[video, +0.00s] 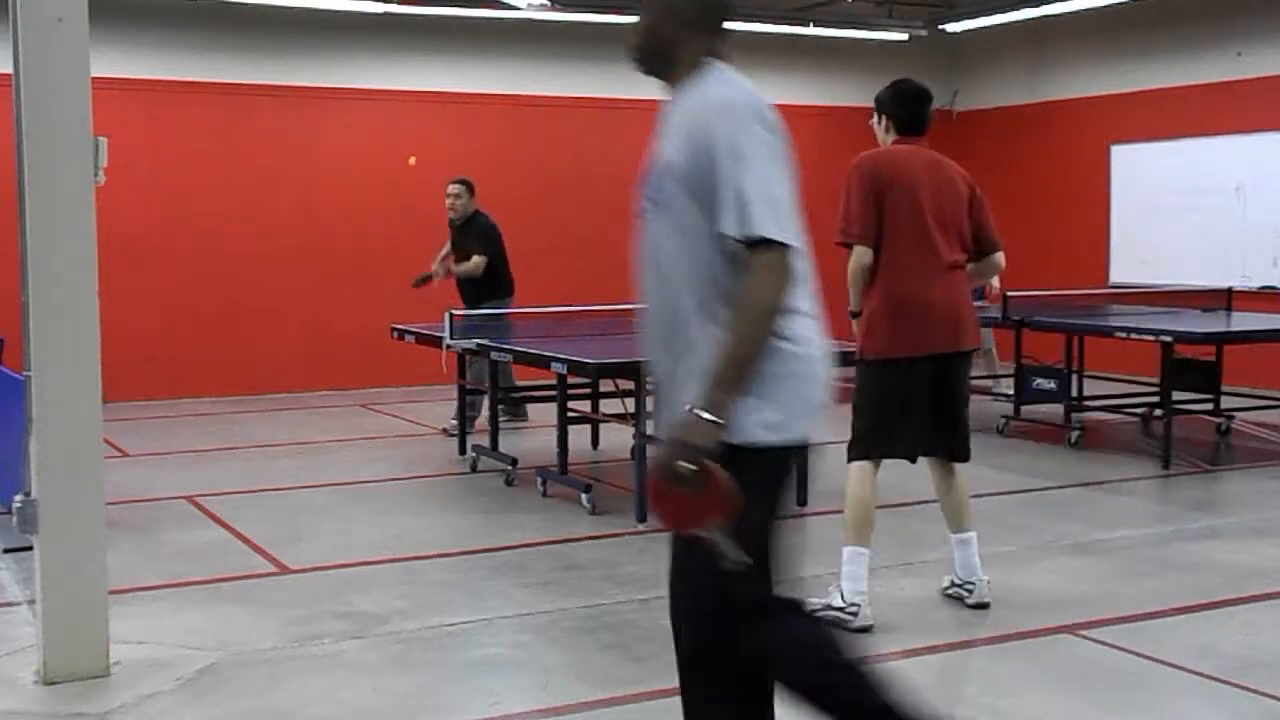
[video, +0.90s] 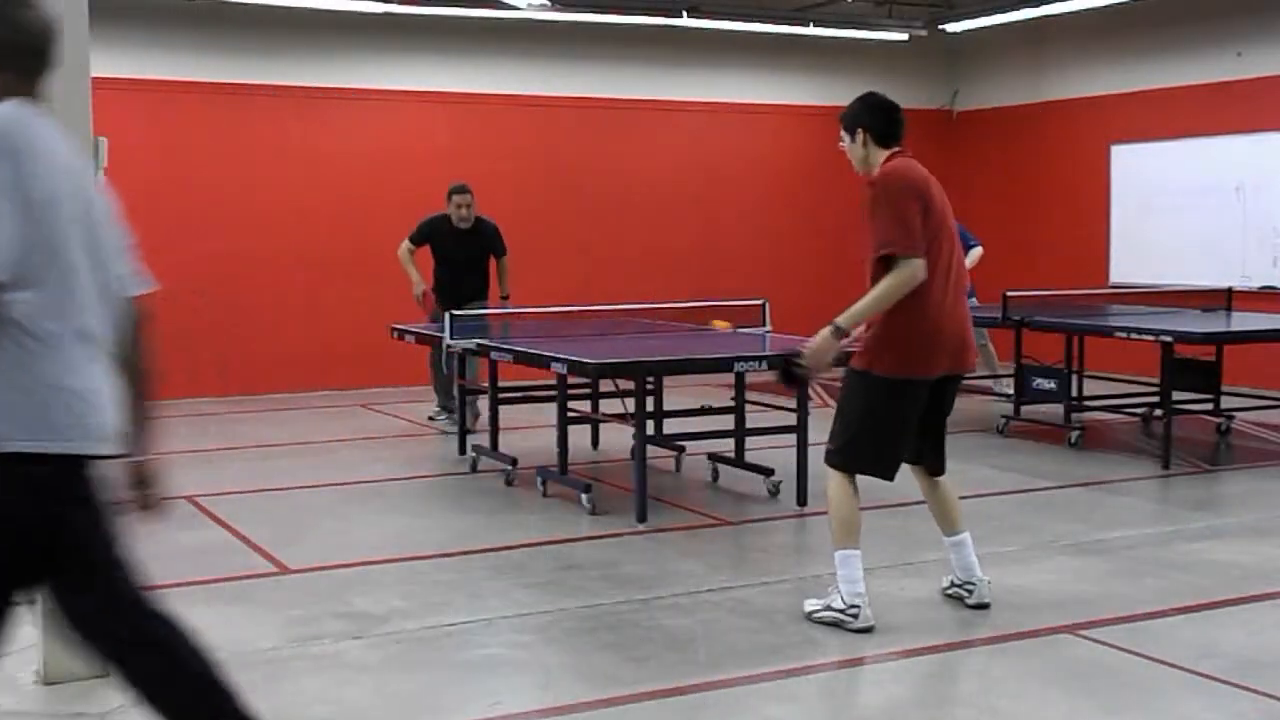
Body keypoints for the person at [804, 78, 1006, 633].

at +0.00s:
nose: (872, 126)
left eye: (874, 119)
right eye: (875, 118)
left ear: (883, 122)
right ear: (926, 122)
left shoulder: (870, 167)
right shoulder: (956, 173)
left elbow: (862, 255)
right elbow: (992, 259)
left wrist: (854, 311)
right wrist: (945, 283)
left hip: (890, 334)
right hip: (953, 334)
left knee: (863, 459)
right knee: (945, 455)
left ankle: (851, 595)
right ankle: (970, 577)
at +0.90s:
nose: (844, 152)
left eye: (844, 141)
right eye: (843, 142)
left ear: (862, 137)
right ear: (891, 136)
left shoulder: (891, 180)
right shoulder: (924, 179)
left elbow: (911, 268)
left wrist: (834, 329)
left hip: (896, 354)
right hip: (947, 351)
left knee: (840, 465)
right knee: (925, 460)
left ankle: (850, 598)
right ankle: (970, 578)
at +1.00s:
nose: (849, 152)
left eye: (849, 141)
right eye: (846, 142)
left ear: (867, 134)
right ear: (885, 132)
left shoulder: (912, 172)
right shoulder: (900, 183)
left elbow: (943, 259)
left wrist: (877, 329)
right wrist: (804, 315)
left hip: (911, 351)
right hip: (951, 349)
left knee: (850, 461)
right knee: (923, 460)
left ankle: (850, 599)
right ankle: (972, 579)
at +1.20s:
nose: (860, 145)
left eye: (860, 134)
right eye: (858, 135)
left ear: (879, 130)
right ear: (895, 128)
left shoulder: (938, 171)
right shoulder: (902, 186)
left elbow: (986, 255)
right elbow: (871, 241)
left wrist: (957, 334)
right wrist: (820, 229)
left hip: (926, 347)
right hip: (946, 346)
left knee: (862, 455)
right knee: (933, 460)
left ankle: (857, 597)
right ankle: (981, 576)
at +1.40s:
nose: (869, 148)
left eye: (870, 137)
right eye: (869, 137)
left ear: (885, 139)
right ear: (917, 135)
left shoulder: (934, 186)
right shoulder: (933, 181)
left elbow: (968, 276)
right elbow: (942, 255)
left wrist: (935, 371)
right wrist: (896, 234)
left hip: (927, 362)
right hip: (957, 358)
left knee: (865, 479)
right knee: (933, 465)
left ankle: (906, 612)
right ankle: (981, 574)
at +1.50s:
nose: (870, 140)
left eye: (871, 131)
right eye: (873, 130)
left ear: (885, 135)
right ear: (926, 134)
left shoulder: (916, 183)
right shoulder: (955, 181)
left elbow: (934, 279)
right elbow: (983, 262)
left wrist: (888, 373)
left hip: (926, 371)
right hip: (969, 366)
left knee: (873, 496)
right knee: (947, 464)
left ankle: (930, 634)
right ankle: (979, 575)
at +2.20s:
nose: (914, 164)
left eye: (916, 156)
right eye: (923, 155)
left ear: (924, 161)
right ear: (977, 161)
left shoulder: (904, 214)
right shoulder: (1010, 222)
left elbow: (868, 303)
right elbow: (1037, 325)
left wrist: (860, 366)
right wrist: (1029, 380)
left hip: (917, 395)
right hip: (997, 393)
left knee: (847, 526)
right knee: (1001, 481)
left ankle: (870, 671)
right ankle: (1051, 608)